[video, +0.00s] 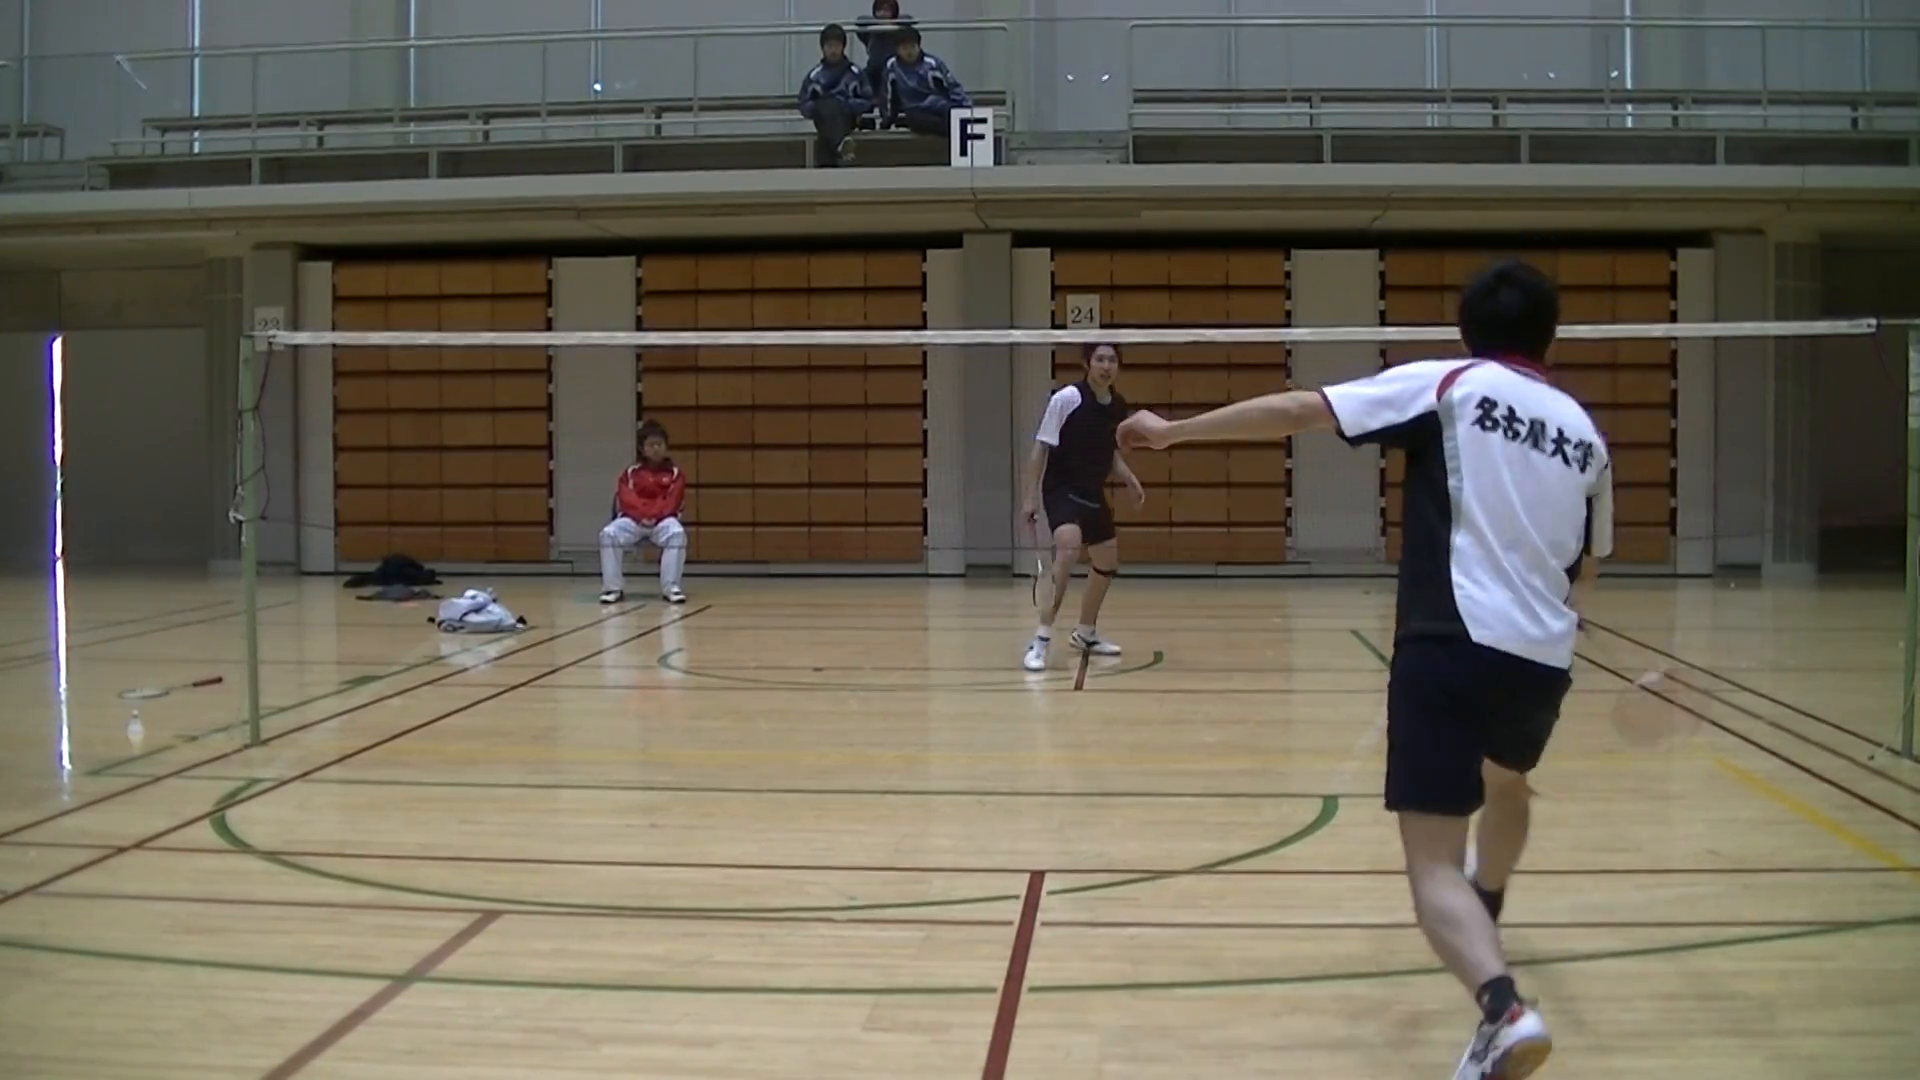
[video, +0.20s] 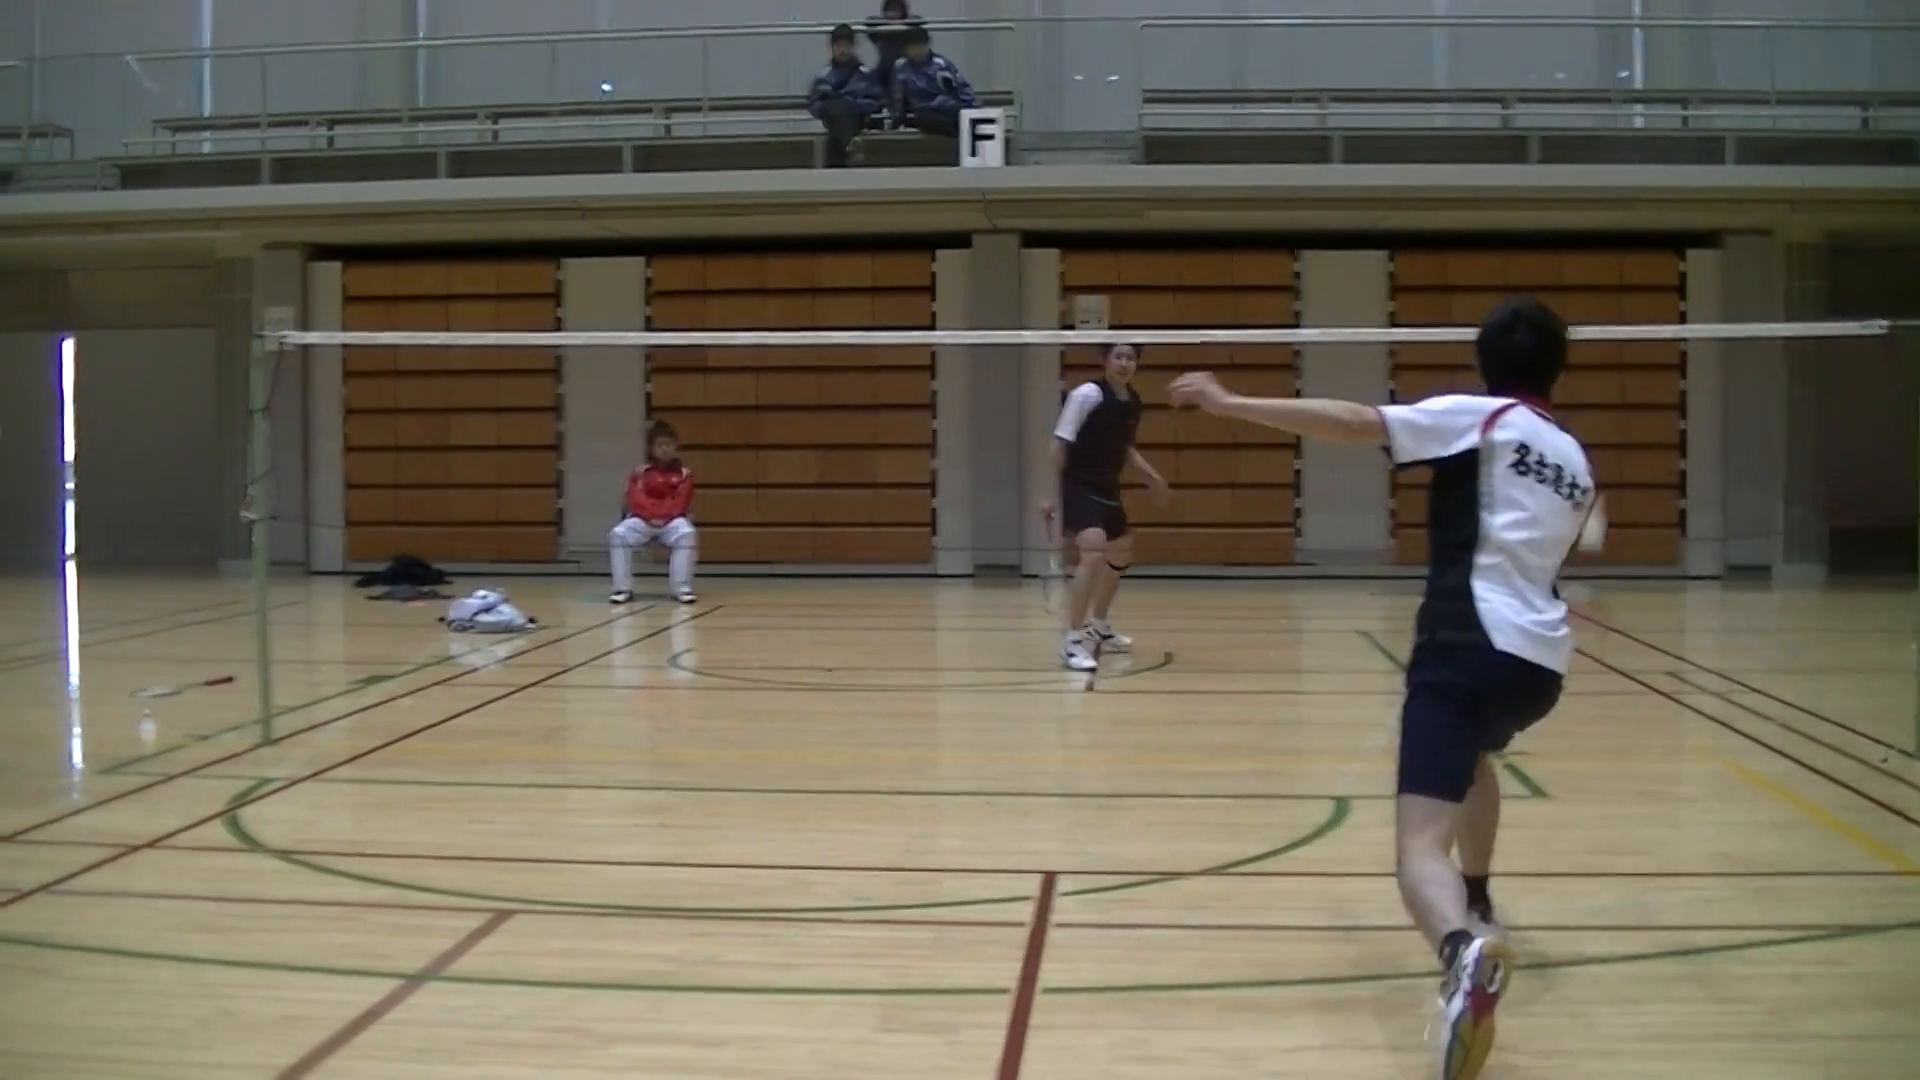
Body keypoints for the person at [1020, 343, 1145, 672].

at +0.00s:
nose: (1107, 366)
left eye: (1112, 361)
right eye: (1101, 359)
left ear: (1118, 367)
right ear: (1087, 364)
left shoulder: (1115, 405)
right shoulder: (1066, 398)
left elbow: (1109, 454)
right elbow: (1040, 449)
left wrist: (1130, 479)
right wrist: (1030, 499)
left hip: (1094, 492)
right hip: (1061, 490)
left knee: (1105, 564)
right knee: (1069, 549)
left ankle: (1085, 633)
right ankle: (1041, 639)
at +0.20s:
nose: (1124, 364)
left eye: (1130, 359)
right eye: (1118, 357)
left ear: (1136, 365)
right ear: (1105, 360)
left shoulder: (1131, 400)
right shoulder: (1087, 394)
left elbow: (1124, 447)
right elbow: (1058, 447)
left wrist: (1152, 475)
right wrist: (1051, 499)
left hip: (1108, 491)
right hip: (1080, 489)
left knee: (1120, 551)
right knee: (1094, 552)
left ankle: (1098, 625)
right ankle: (1073, 638)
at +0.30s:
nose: (1159, 387)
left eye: (1164, 381)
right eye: (1153, 380)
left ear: (1169, 386)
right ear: (1139, 383)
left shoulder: (1168, 423)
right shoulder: (1122, 420)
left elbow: (1178, 466)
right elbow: (1092, 468)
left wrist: (1211, 480)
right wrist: (1085, 520)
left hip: (1143, 508)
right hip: (1115, 506)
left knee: (1155, 572)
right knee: (1133, 565)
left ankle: (1122, 631)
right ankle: (1108, 641)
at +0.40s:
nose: (1168, 403)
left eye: (1173, 397)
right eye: (1161, 396)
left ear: (1180, 402)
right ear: (1147, 400)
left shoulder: (1183, 440)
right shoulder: (1131, 436)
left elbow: (1218, 471)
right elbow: (1102, 482)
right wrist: (1089, 531)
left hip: (1150, 522)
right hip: (1120, 519)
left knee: (1159, 586)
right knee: (1137, 575)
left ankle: (1127, 633)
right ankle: (1111, 640)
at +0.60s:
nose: (1175, 386)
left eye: (1179, 381)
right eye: (1168, 380)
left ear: (1184, 388)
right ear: (1151, 387)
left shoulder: (1186, 426)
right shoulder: (1138, 426)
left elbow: (1204, 444)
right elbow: (1126, 483)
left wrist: (1247, 432)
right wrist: (1141, 526)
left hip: (1166, 517)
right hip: (1132, 514)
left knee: (1175, 583)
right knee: (1116, 584)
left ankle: (1125, 617)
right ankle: (1090, 641)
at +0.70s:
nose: (1189, 374)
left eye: (1193, 369)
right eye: (1182, 368)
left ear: (1195, 374)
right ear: (1164, 372)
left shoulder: (1180, 411)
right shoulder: (1158, 409)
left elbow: (1175, 451)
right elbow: (1151, 463)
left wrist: (1203, 446)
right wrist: (1176, 503)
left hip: (1165, 507)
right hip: (1138, 506)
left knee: (1187, 577)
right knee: (1120, 593)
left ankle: (1124, 624)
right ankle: (1063, 630)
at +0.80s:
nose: (1212, 379)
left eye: (1215, 373)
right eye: (1206, 371)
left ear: (1214, 376)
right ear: (1186, 372)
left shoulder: (1188, 407)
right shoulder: (1181, 408)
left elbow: (1171, 463)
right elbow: (1172, 462)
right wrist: (1201, 505)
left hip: (1166, 509)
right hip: (1150, 510)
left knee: (1185, 583)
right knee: (1155, 597)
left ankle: (1123, 638)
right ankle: (1074, 612)